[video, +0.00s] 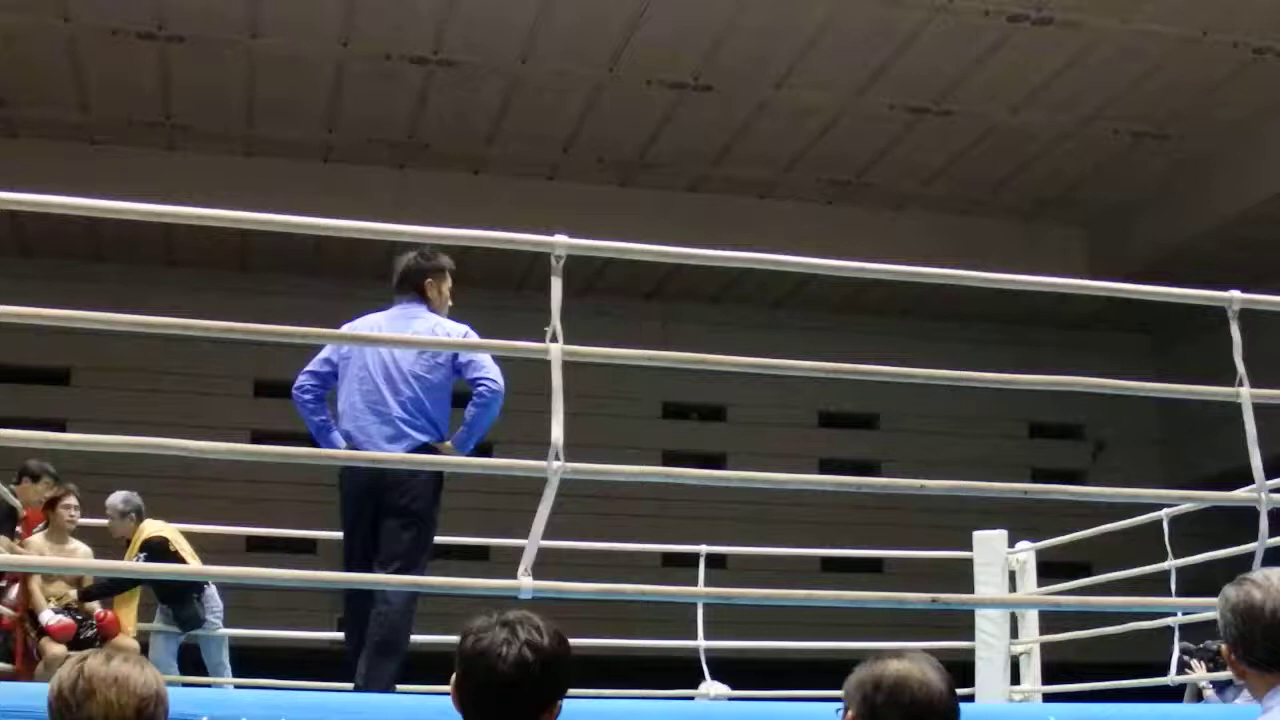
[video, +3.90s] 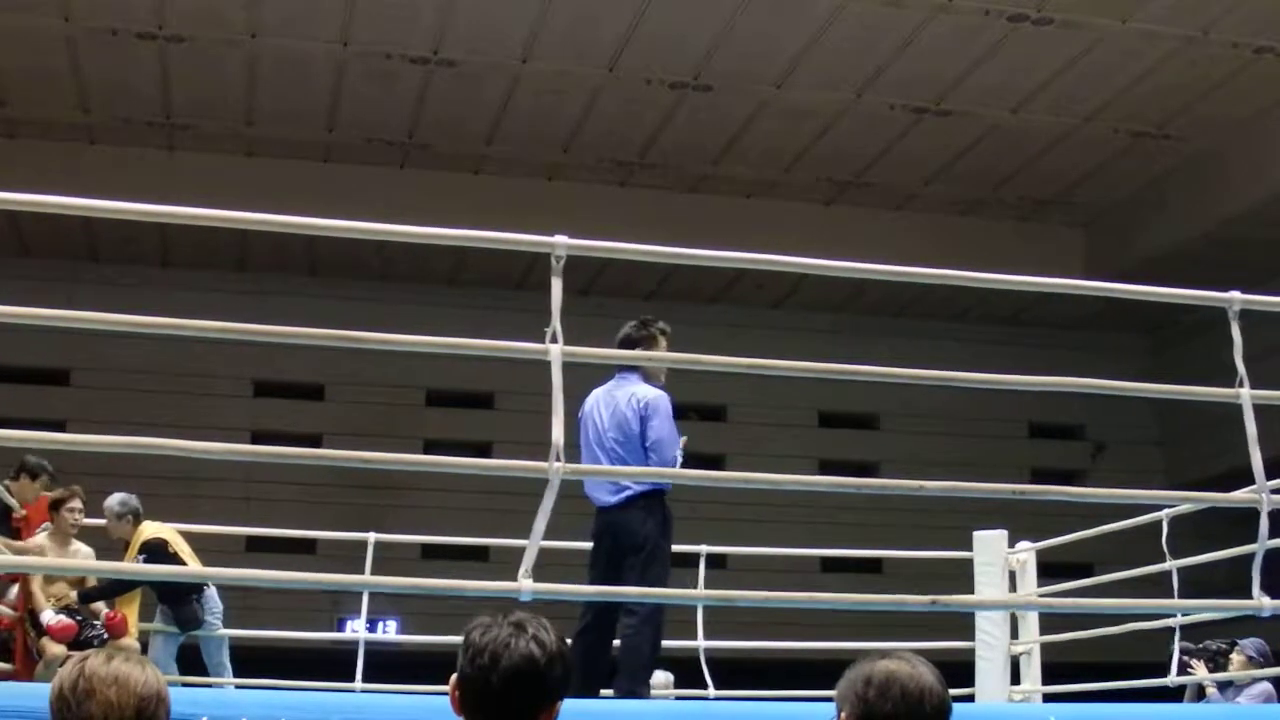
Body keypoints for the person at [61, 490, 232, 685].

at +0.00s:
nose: (108, 524)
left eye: (112, 518)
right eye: (108, 518)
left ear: (130, 519)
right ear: (130, 518)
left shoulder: (155, 539)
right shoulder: (137, 538)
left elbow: (127, 581)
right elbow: (124, 582)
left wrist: (80, 595)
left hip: (201, 601)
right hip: (170, 604)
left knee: (218, 668)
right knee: (161, 662)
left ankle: (228, 713)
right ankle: (176, 711)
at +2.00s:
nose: (108, 524)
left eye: (111, 519)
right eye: (107, 519)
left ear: (131, 519)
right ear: (130, 519)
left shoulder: (155, 541)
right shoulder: (140, 537)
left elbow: (126, 582)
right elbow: (125, 580)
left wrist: (79, 596)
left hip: (201, 600)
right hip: (170, 603)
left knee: (218, 666)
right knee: (160, 661)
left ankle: (231, 714)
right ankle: (174, 711)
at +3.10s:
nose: (105, 524)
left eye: (109, 519)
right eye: (106, 518)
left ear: (127, 521)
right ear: (127, 521)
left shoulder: (154, 542)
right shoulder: (136, 540)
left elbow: (125, 584)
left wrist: (79, 596)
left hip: (202, 601)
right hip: (170, 603)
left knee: (218, 666)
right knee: (160, 660)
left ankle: (229, 711)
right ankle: (177, 709)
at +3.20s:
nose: (105, 524)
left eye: (109, 518)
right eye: (106, 518)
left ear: (128, 520)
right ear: (128, 520)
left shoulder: (154, 541)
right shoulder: (137, 540)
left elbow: (124, 584)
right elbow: (123, 584)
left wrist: (79, 596)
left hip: (202, 600)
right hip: (171, 603)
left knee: (218, 666)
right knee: (160, 660)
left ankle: (229, 712)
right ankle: (176, 709)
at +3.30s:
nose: (106, 525)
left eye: (109, 519)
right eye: (106, 519)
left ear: (127, 521)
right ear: (127, 520)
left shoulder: (154, 542)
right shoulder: (138, 538)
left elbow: (126, 583)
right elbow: (124, 582)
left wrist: (79, 596)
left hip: (202, 600)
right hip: (171, 603)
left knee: (218, 666)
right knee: (160, 660)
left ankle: (229, 712)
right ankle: (176, 709)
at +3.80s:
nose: (106, 525)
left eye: (109, 520)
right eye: (106, 520)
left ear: (128, 521)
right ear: (129, 520)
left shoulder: (154, 543)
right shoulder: (139, 539)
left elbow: (125, 583)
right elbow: (127, 583)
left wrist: (78, 597)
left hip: (202, 600)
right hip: (171, 603)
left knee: (217, 665)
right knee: (160, 660)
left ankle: (230, 713)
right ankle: (173, 709)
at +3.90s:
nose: (105, 525)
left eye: (109, 519)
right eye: (106, 519)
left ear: (128, 520)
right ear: (128, 520)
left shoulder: (154, 543)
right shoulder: (139, 539)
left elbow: (124, 584)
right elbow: (125, 583)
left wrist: (79, 597)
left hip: (202, 600)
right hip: (171, 603)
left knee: (217, 664)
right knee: (159, 660)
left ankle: (230, 712)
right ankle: (175, 708)